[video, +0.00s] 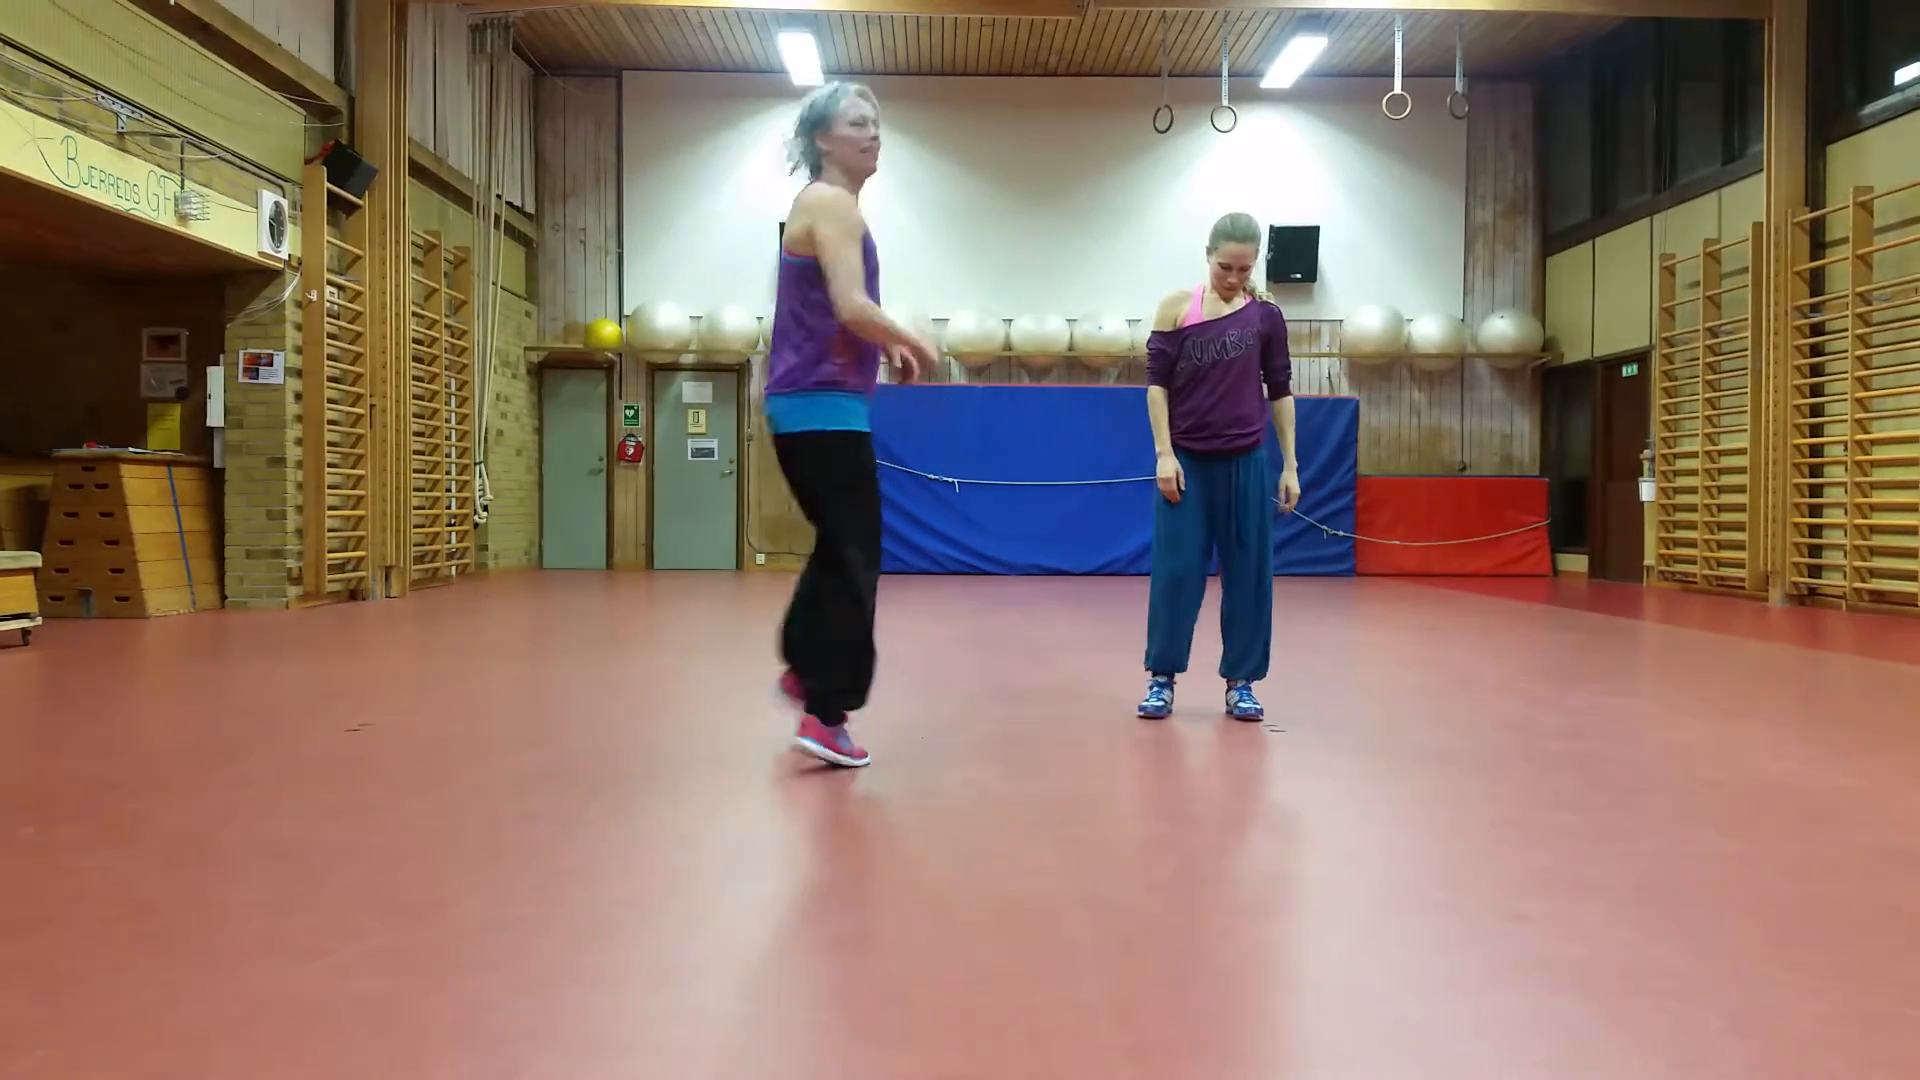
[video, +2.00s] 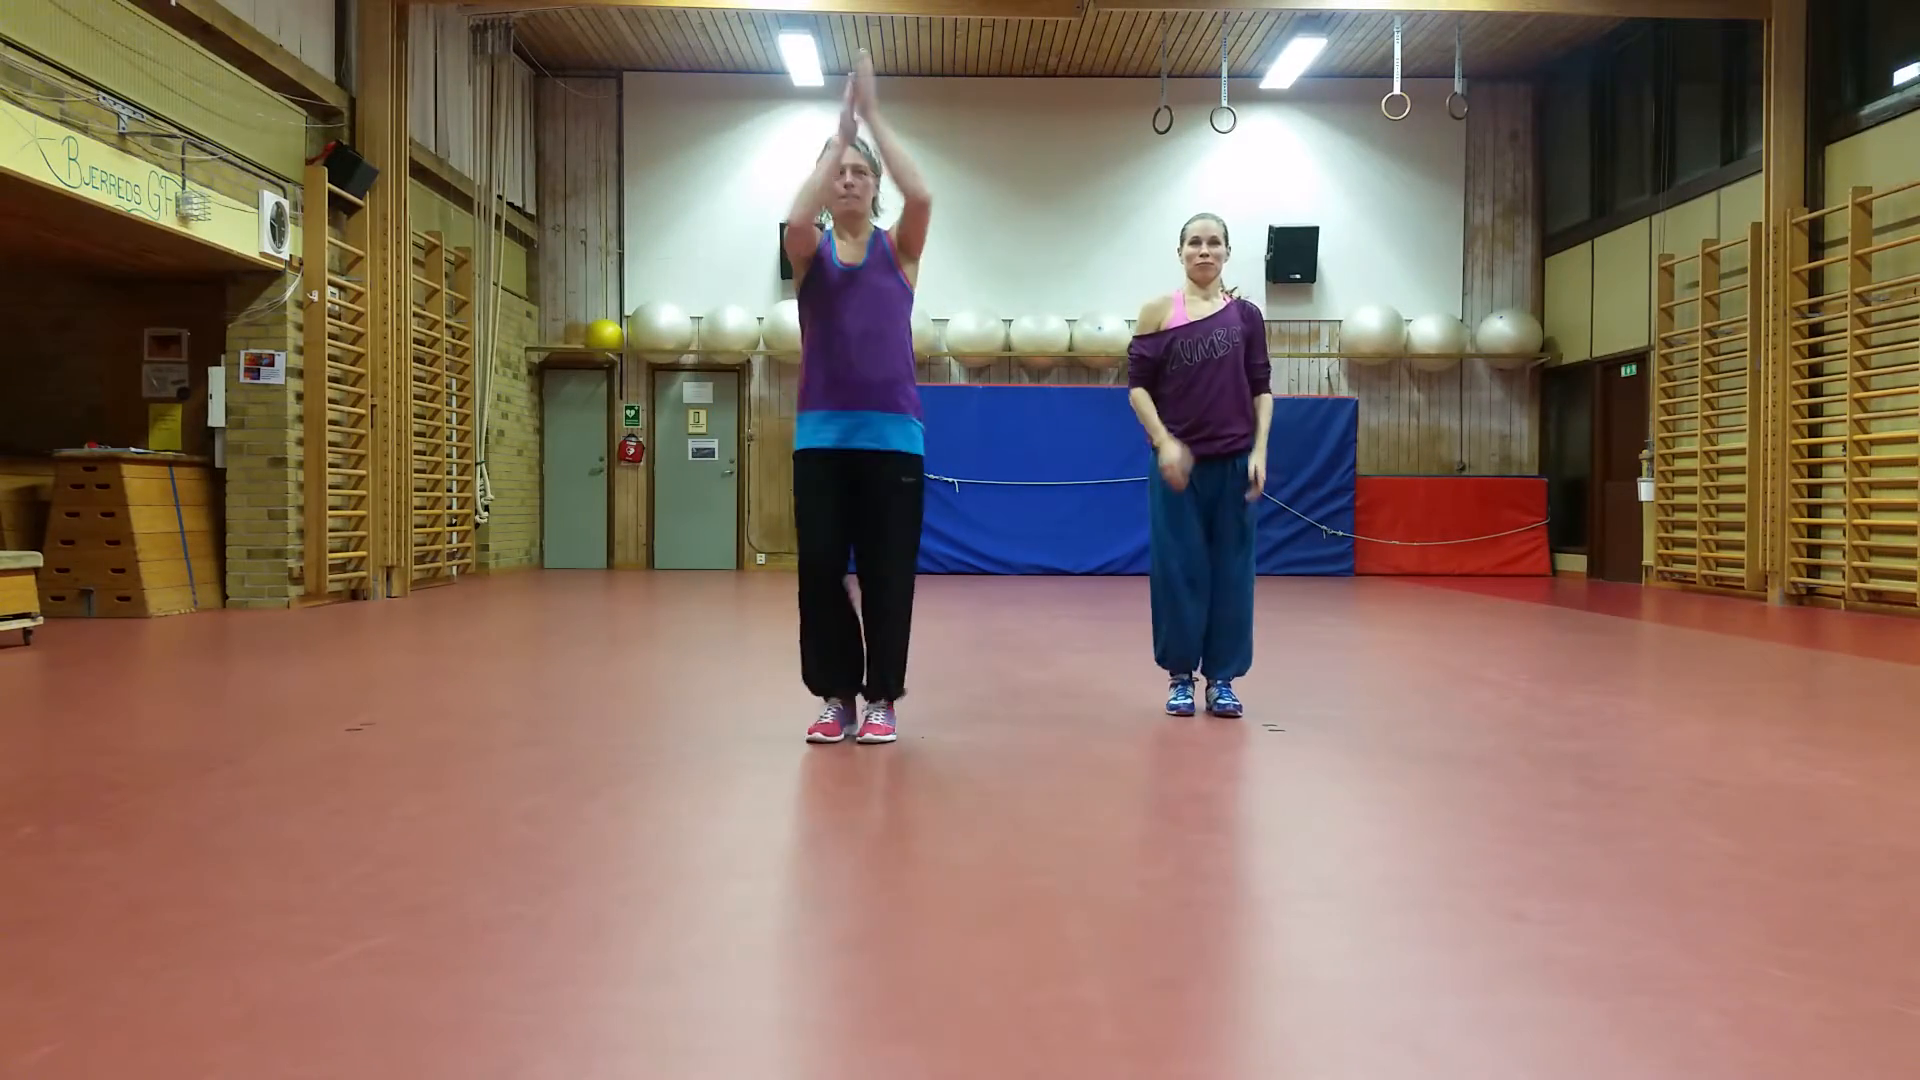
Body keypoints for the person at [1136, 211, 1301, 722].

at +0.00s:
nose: (1235, 278)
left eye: (1245, 269)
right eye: (1227, 267)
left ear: (1257, 262)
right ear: (1208, 256)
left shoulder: (1266, 315)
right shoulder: (1176, 308)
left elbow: (1281, 391)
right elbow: (1157, 384)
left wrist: (1290, 465)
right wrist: (1164, 455)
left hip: (1250, 461)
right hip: (1186, 461)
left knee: (1249, 572)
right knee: (1175, 571)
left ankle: (1240, 683)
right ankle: (1161, 679)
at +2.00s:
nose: (1204, 251)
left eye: (1214, 243)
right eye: (1196, 242)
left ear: (1227, 252)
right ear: (1181, 251)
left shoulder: (1246, 314)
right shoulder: (1158, 312)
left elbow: (1262, 386)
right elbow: (1137, 386)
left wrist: (1259, 449)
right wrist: (1164, 441)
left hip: (1234, 461)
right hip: (1176, 461)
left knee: (1232, 569)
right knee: (1179, 567)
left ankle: (1221, 680)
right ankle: (1181, 678)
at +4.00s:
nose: (1228, 248)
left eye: (1236, 243)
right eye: (1218, 241)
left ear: (1245, 259)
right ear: (1200, 256)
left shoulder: (1253, 307)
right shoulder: (1180, 310)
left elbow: (1292, 237)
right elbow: (1161, 260)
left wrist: (1243, 181)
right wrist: (1205, 195)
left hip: (1253, 460)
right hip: (1192, 462)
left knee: (1257, 574)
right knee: (1198, 576)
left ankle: (1253, 674)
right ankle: (1217, 673)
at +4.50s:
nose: (1210, 236)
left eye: (1219, 230)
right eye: (1201, 230)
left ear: (1230, 245)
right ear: (1186, 244)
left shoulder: (1246, 293)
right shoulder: (1171, 299)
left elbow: (1281, 211)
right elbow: (1146, 254)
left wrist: (1230, 159)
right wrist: (1177, 190)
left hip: (1238, 450)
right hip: (1180, 448)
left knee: (1237, 562)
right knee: (1170, 561)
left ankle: (1227, 666)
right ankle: (1173, 669)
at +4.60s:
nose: (1215, 227)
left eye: (1223, 222)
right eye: (1206, 222)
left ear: (1235, 239)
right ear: (1190, 237)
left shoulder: (1248, 283)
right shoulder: (1174, 288)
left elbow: (1283, 203)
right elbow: (1156, 241)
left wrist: (1232, 149)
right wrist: (1181, 168)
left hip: (1244, 439)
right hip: (1185, 439)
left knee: (1245, 557)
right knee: (1181, 555)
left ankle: (1240, 663)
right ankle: (1184, 662)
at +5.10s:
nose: (1210, 250)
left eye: (1219, 245)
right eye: (1200, 245)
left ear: (1232, 261)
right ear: (1187, 261)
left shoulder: (1246, 308)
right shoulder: (1174, 312)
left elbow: (1274, 231)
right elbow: (1148, 260)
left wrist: (1218, 188)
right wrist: (1194, 199)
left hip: (1234, 463)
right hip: (1177, 459)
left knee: (1227, 575)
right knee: (1174, 566)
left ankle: (1208, 668)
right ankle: (1171, 669)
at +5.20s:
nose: (1210, 258)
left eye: (1218, 253)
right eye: (1200, 252)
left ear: (1231, 267)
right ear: (1186, 267)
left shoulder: (1247, 316)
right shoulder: (1173, 321)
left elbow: (1283, 238)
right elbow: (1141, 267)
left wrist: (1231, 187)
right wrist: (1193, 204)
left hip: (1234, 470)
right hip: (1176, 466)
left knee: (1232, 579)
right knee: (1166, 575)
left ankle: (1210, 672)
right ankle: (1170, 675)